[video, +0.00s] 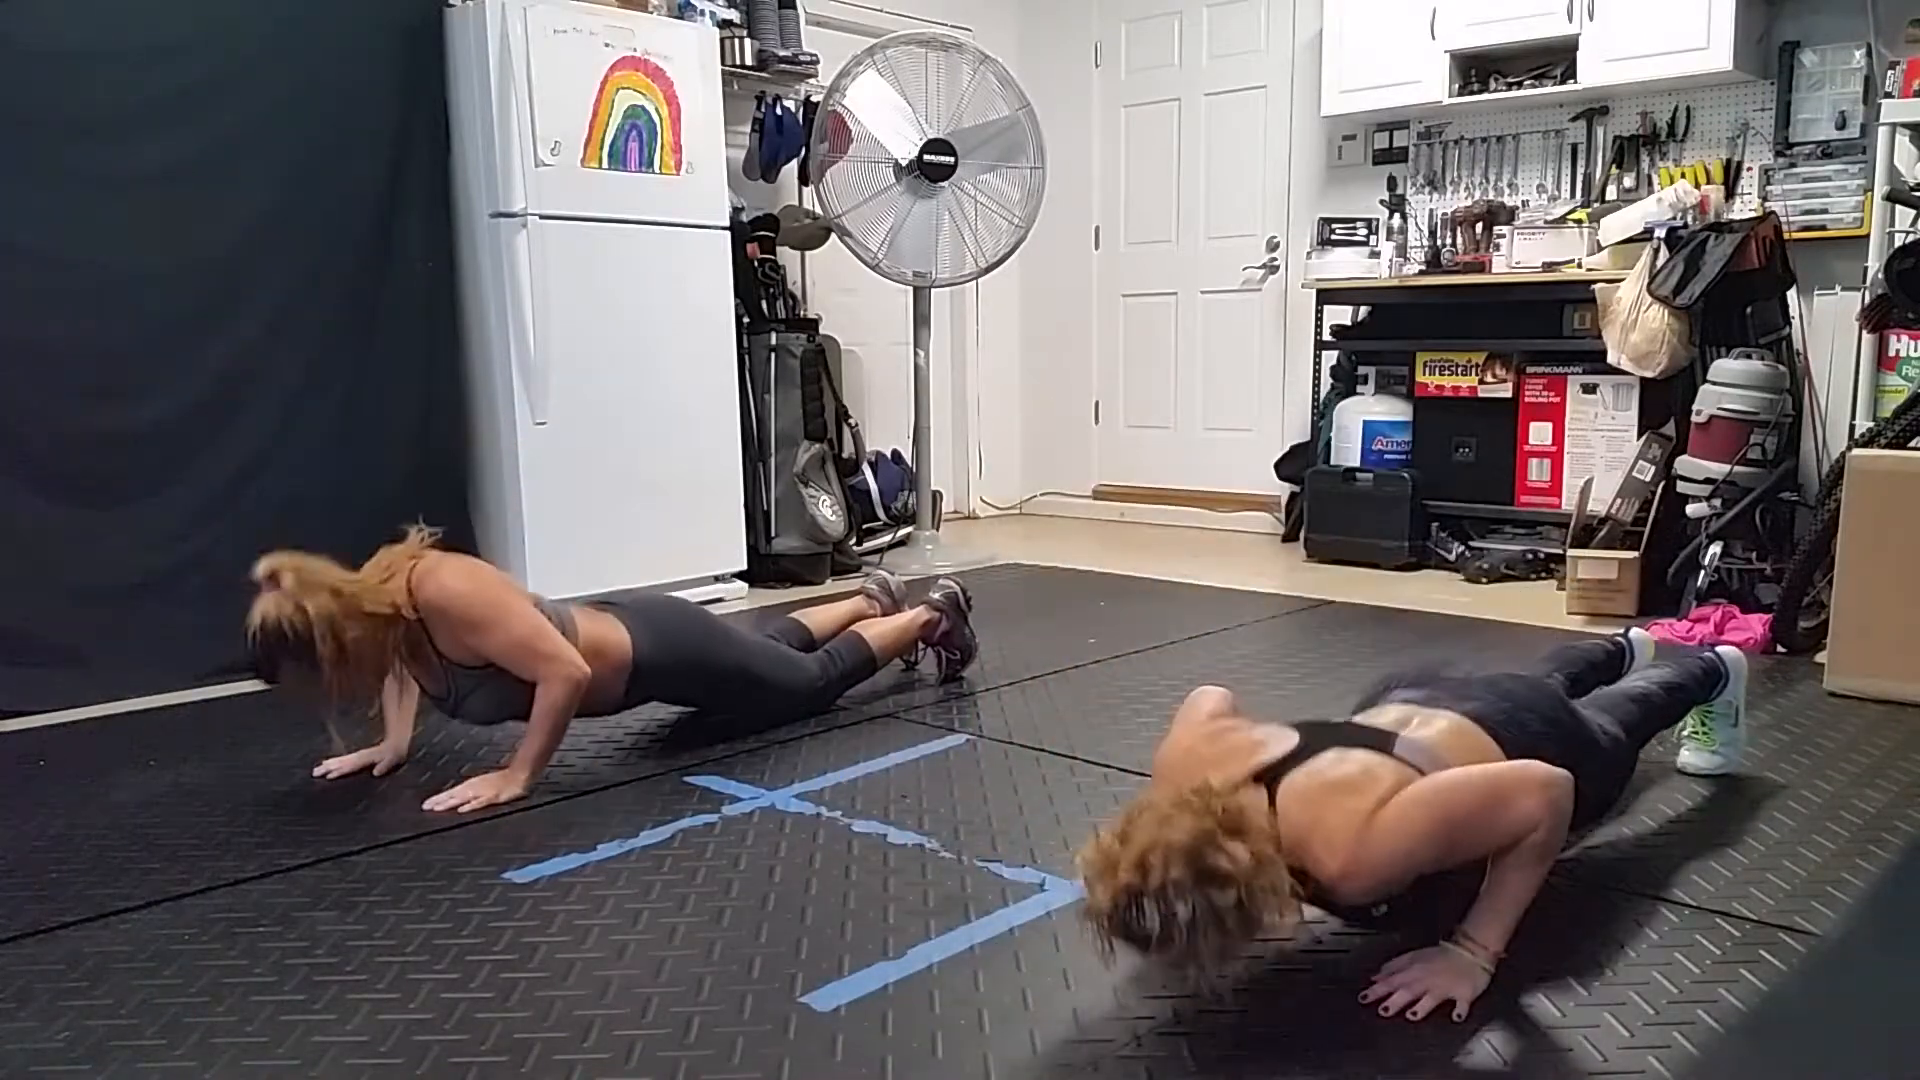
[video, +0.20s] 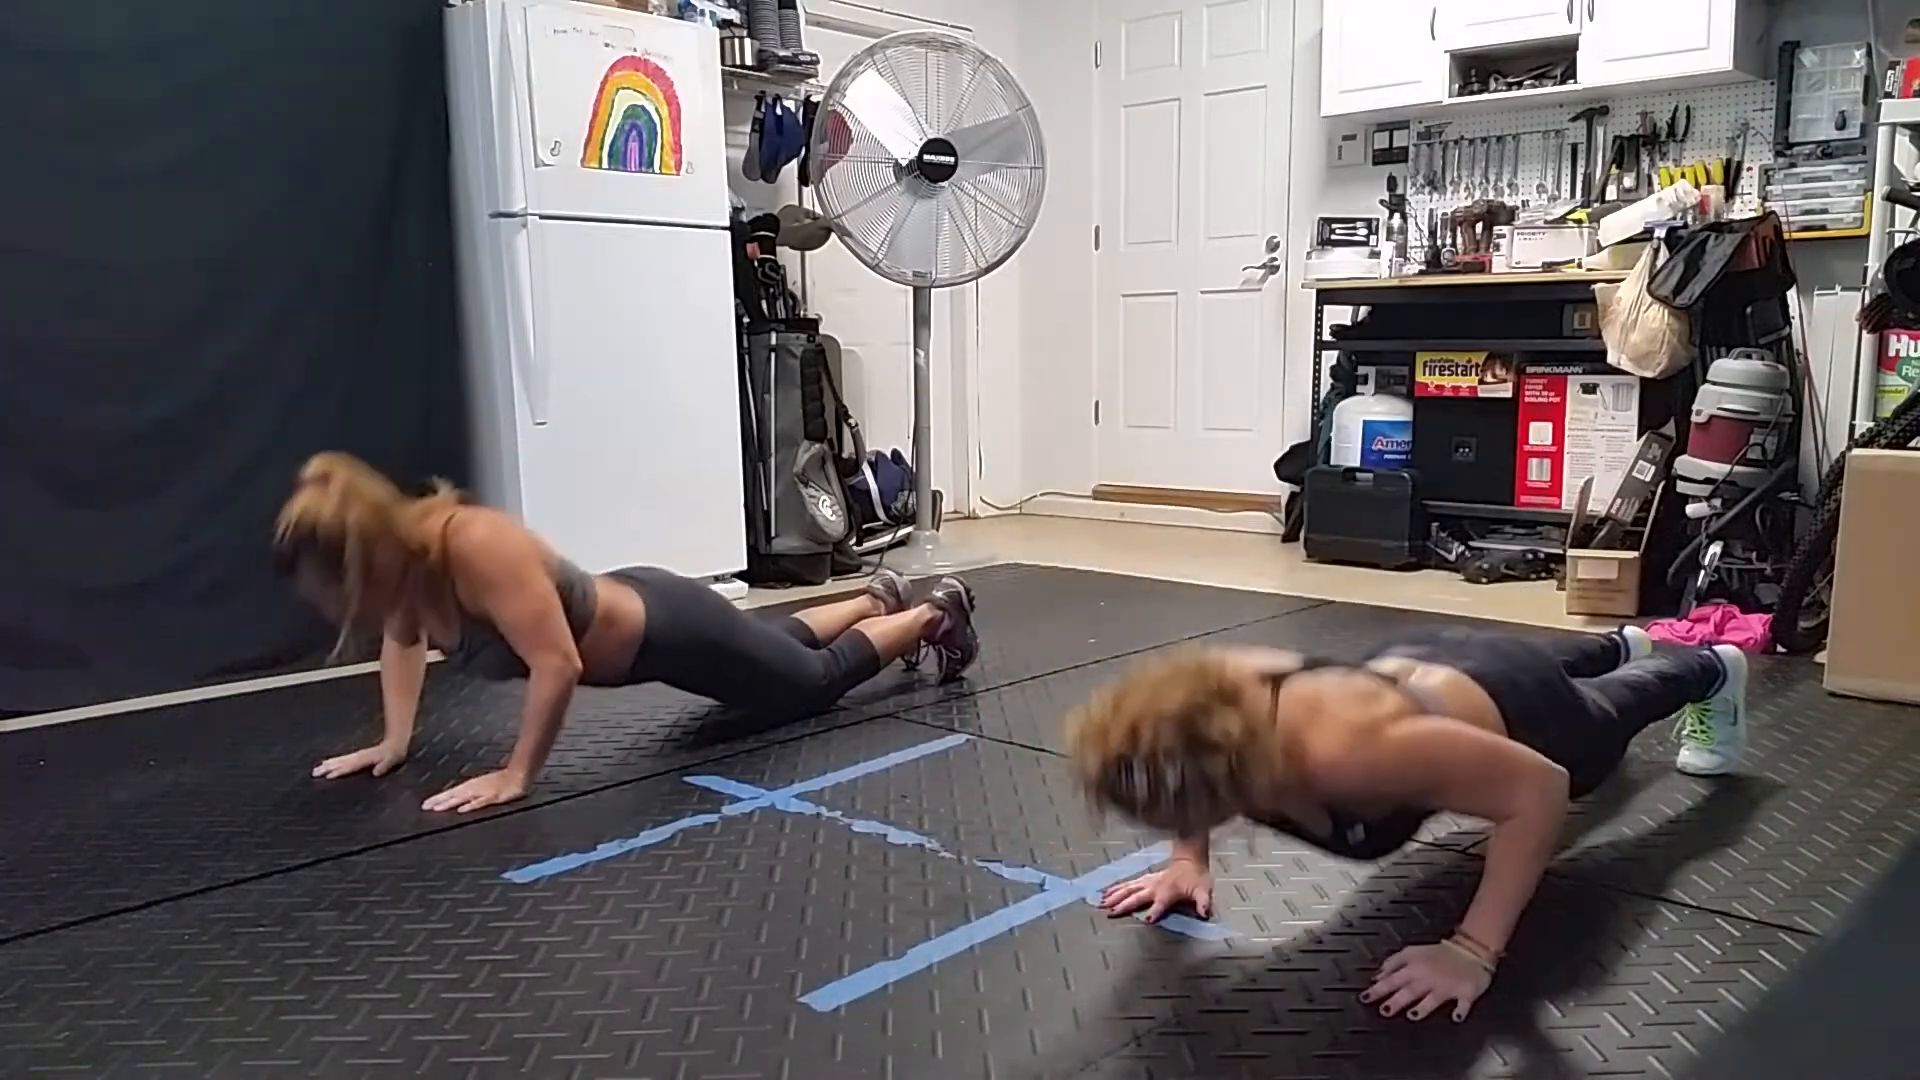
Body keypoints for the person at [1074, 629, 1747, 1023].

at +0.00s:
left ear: (1231, 912)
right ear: (1168, 804)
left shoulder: (1357, 848)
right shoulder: (1178, 773)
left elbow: (1544, 795)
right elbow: (1210, 695)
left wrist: (1474, 949)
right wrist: (1200, 715)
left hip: (1523, 739)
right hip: (1427, 704)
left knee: (1624, 708)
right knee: (1543, 677)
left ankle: (1709, 668)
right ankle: (1628, 642)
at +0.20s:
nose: (1165, 823)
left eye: (1168, 811)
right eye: (1152, 816)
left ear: (1201, 781)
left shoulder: (1344, 751)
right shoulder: (1210, 696)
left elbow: (1537, 789)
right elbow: (1184, 764)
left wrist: (1473, 947)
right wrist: (1189, 859)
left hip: (1517, 704)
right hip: (1423, 657)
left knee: (1624, 695)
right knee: (1554, 658)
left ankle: (1710, 669)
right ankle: (1631, 639)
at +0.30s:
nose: (1156, 752)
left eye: (1156, 737)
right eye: (1149, 741)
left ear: (1196, 721)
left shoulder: (1341, 700)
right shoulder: (1214, 674)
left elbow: (1528, 785)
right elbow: (1193, 749)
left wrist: (1472, 946)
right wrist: (1189, 860)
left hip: (1518, 694)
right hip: (1439, 648)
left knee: (1620, 700)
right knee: (1548, 656)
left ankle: (1709, 664)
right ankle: (1616, 641)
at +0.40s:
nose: (1152, 698)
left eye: (1154, 679)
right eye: (1143, 683)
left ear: (1193, 653)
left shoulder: (1345, 652)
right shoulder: (1207, 637)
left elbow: (1510, 773)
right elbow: (1190, 722)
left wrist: (1471, 946)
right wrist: (1186, 856)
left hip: (1511, 680)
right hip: (1442, 639)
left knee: (1609, 743)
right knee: (1532, 652)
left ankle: (1701, 664)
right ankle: (1601, 640)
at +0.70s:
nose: (1145, 599)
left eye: (1151, 584)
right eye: (1138, 587)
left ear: (1202, 556)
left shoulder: (1340, 553)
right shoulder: (1167, 559)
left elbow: (1452, 755)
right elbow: (1165, 705)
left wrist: (1466, 944)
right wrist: (1183, 857)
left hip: (1473, 620)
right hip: (1371, 644)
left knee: (1585, 725)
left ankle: (1701, 667)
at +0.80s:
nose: (1126, 578)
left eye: (1132, 561)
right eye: (1118, 565)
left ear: (1187, 523)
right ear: (1116, 540)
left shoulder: (1312, 514)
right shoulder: (1144, 542)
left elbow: (1387, 738)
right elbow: (1160, 703)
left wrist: (1428, 921)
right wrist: (1183, 854)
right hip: (1362, 553)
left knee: (1542, 643)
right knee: (1488, 635)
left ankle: (1672, 673)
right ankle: (1588, 681)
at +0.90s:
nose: (1078, 544)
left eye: (1083, 524)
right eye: (1068, 530)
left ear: (1133, 483)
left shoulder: (1254, 463)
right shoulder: (1105, 511)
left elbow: (1313, 678)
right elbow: (1133, 679)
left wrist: (1298, 859)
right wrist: (1168, 840)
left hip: (1403, 440)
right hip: (1323, 486)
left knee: (1507, 572)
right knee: (1440, 562)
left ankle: (1602, 637)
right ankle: (1509, 618)